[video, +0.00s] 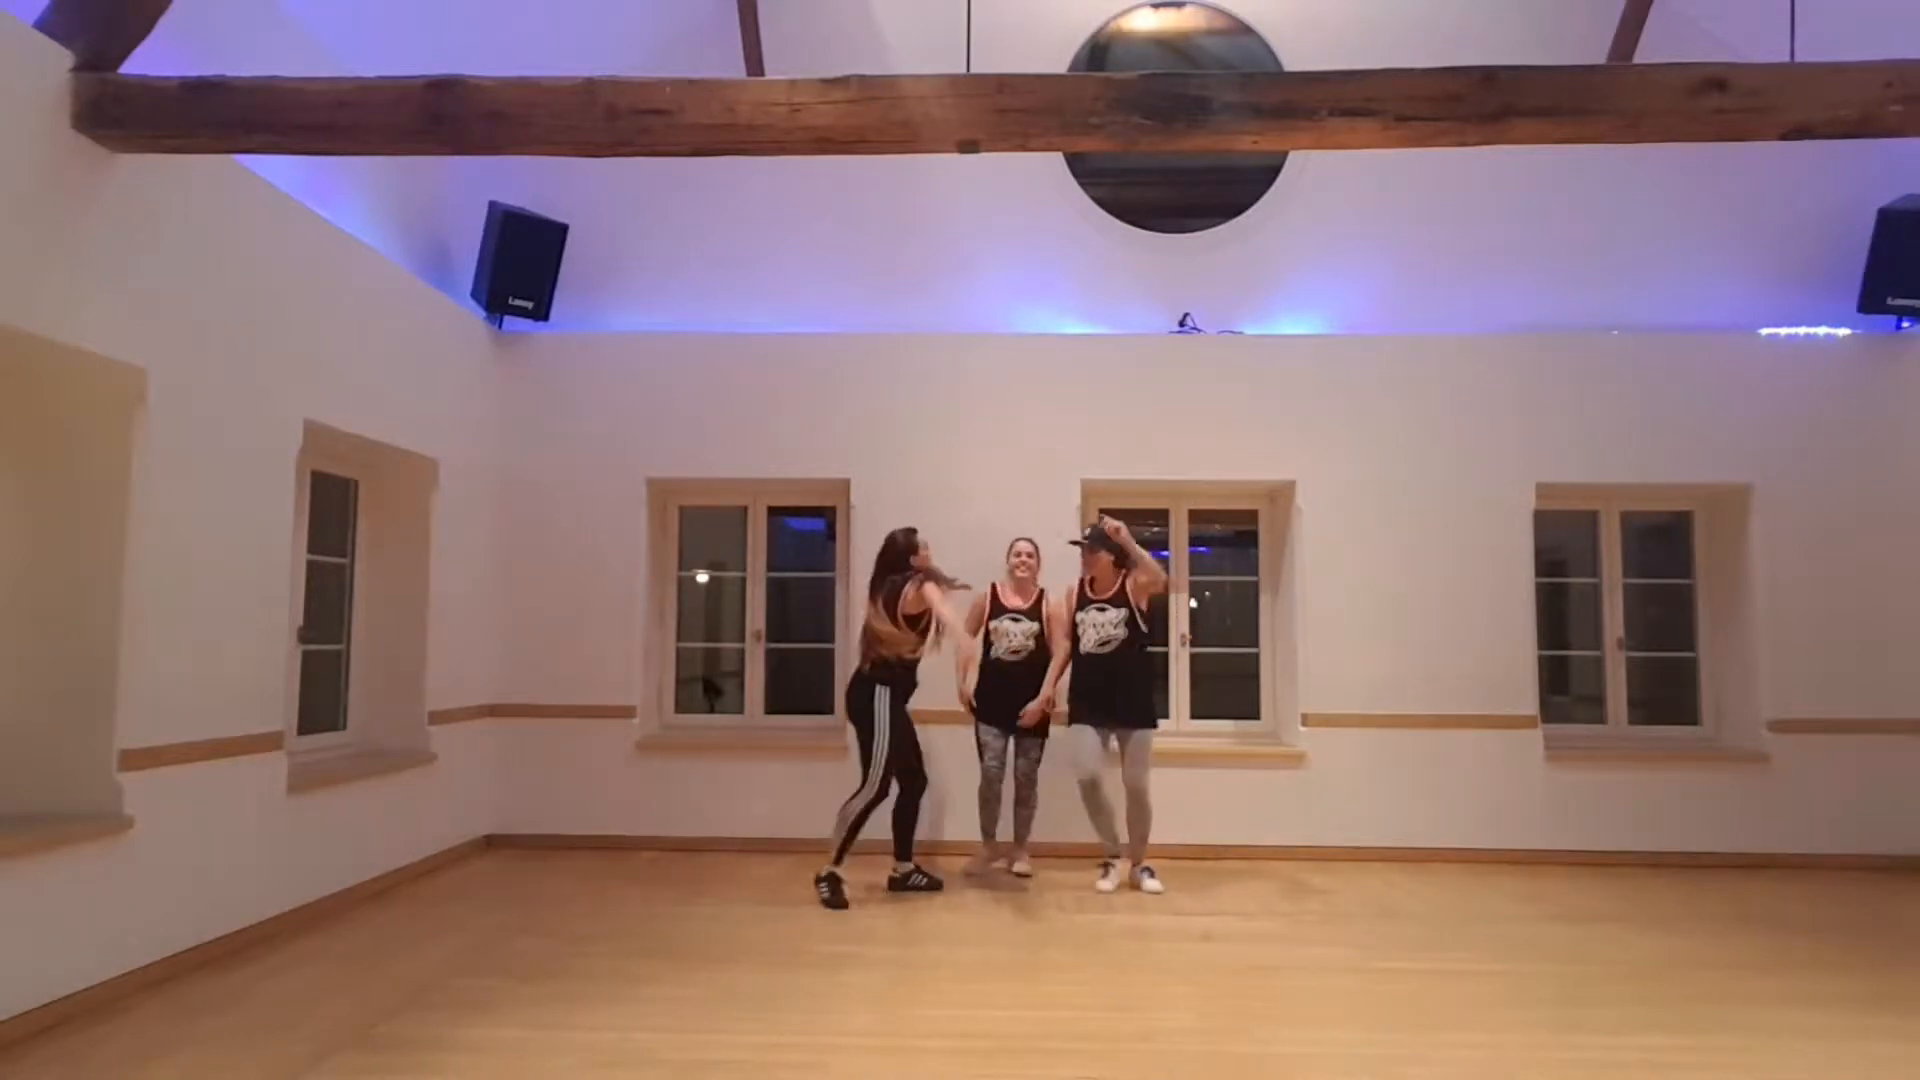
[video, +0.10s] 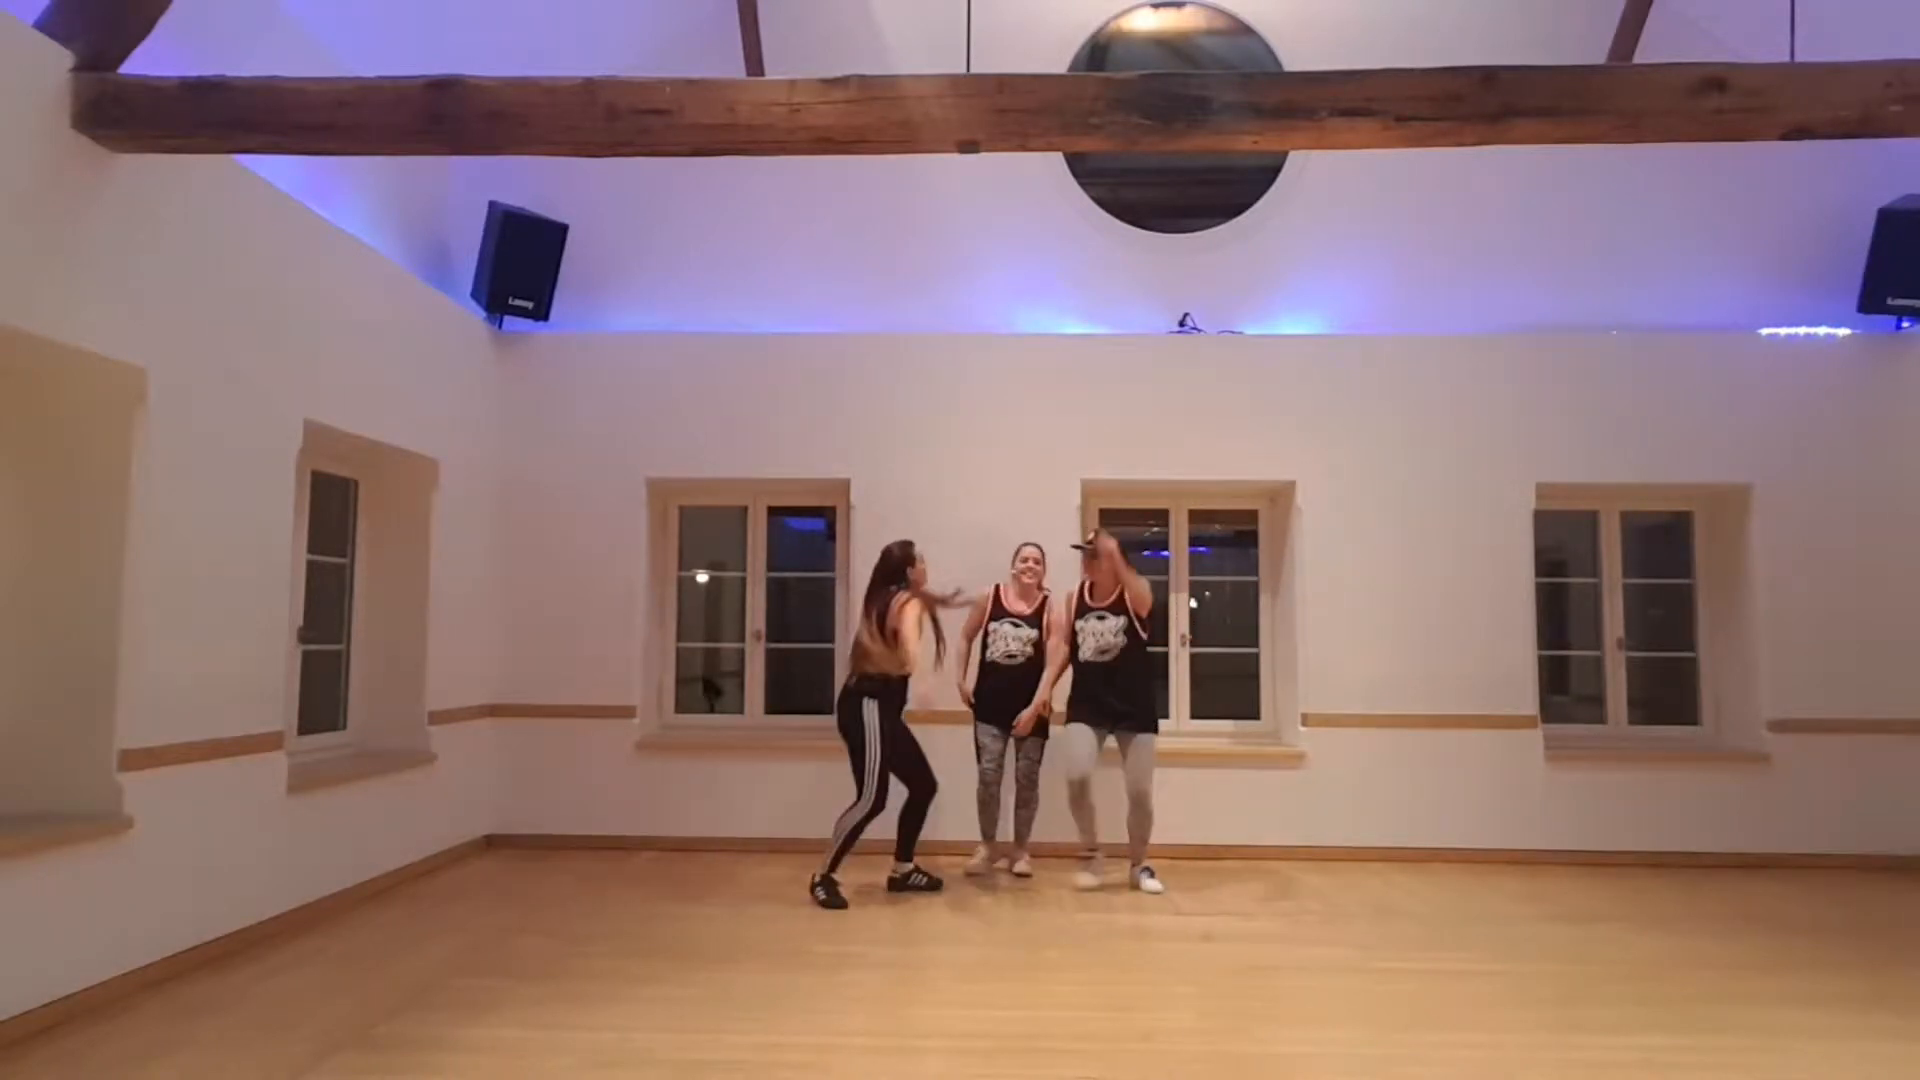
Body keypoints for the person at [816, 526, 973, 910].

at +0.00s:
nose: (929, 552)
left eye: (926, 547)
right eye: (924, 549)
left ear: (899, 558)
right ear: (913, 558)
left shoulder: (890, 585)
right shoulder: (919, 586)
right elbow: (950, 620)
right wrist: (969, 647)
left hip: (885, 691)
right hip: (878, 692)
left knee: (913, 781)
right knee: (876, 785)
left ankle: (903, 870)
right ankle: (829, 873)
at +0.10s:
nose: (925, 568)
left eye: (923, 562)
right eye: (921, 563)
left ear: (895, 569)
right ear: (910, 571)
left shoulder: (886, 596)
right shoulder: (907, 602)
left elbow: (924, 600)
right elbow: (910, 655)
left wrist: (948, 601)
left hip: (879, 703)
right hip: (869, 703)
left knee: (924, 786)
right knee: (872, 797)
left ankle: (903, 871)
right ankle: (824, 876)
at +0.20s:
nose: (922, 575)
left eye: (919, 569)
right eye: (917, 571)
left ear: (900, 581)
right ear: (902, 580)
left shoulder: (902, 618)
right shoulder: (886, 615)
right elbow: (869, 665)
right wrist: (880, 718)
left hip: (879, 710)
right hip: (855, 709)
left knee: (929, 789)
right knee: (875, 804)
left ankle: (904, 869)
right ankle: (826, 877)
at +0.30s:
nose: (923, 574)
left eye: (920, 568)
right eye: (917, 569)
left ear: (904, 576)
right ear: (898, 576)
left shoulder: (907, 619)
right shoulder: (870, 615)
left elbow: (933, 669)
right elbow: (835, 653)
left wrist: (945, 633)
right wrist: (843, 710)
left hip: (888, 723)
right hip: (858, 721)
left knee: (931, 792)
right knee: (870, 801)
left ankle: (904, 870)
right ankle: (826, 878)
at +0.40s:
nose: (923, 560)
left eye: (921, 553)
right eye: (917, 554)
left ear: (906, 562)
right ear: (897, 561)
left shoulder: (916, 598)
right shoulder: (865, 595)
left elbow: (955, 637)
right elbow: (815, 620)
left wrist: (965, 606)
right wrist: (823, 670)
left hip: (893, 704)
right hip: (855, 700)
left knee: (924, 787)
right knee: (859, 788)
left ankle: (903, 870)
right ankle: (826, 876)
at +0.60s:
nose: (924, 555)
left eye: (923, 549)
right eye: (917, 549)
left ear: (907, 554)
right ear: (895, 553)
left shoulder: (921, 581)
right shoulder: (862, 584)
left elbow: (958, 603)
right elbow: (812, 601)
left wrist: (988, 626)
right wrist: (813, 637)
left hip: (908, 699)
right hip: (869, 698)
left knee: (918, 784)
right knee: (860, 782)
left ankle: (900, 867)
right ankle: (843, 861)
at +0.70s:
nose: (924, 569)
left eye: (923, 563)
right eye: (918, 563)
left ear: (907, 568)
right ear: (895, 567)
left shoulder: (924, 597)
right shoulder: (863, 602)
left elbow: (954, 633)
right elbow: (829, 636)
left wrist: (983, 676)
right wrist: (827, 637)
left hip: (912, 711)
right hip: (870, 711)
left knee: (927, 793)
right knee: (869, 792)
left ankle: (903, 869)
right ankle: (847, 865)